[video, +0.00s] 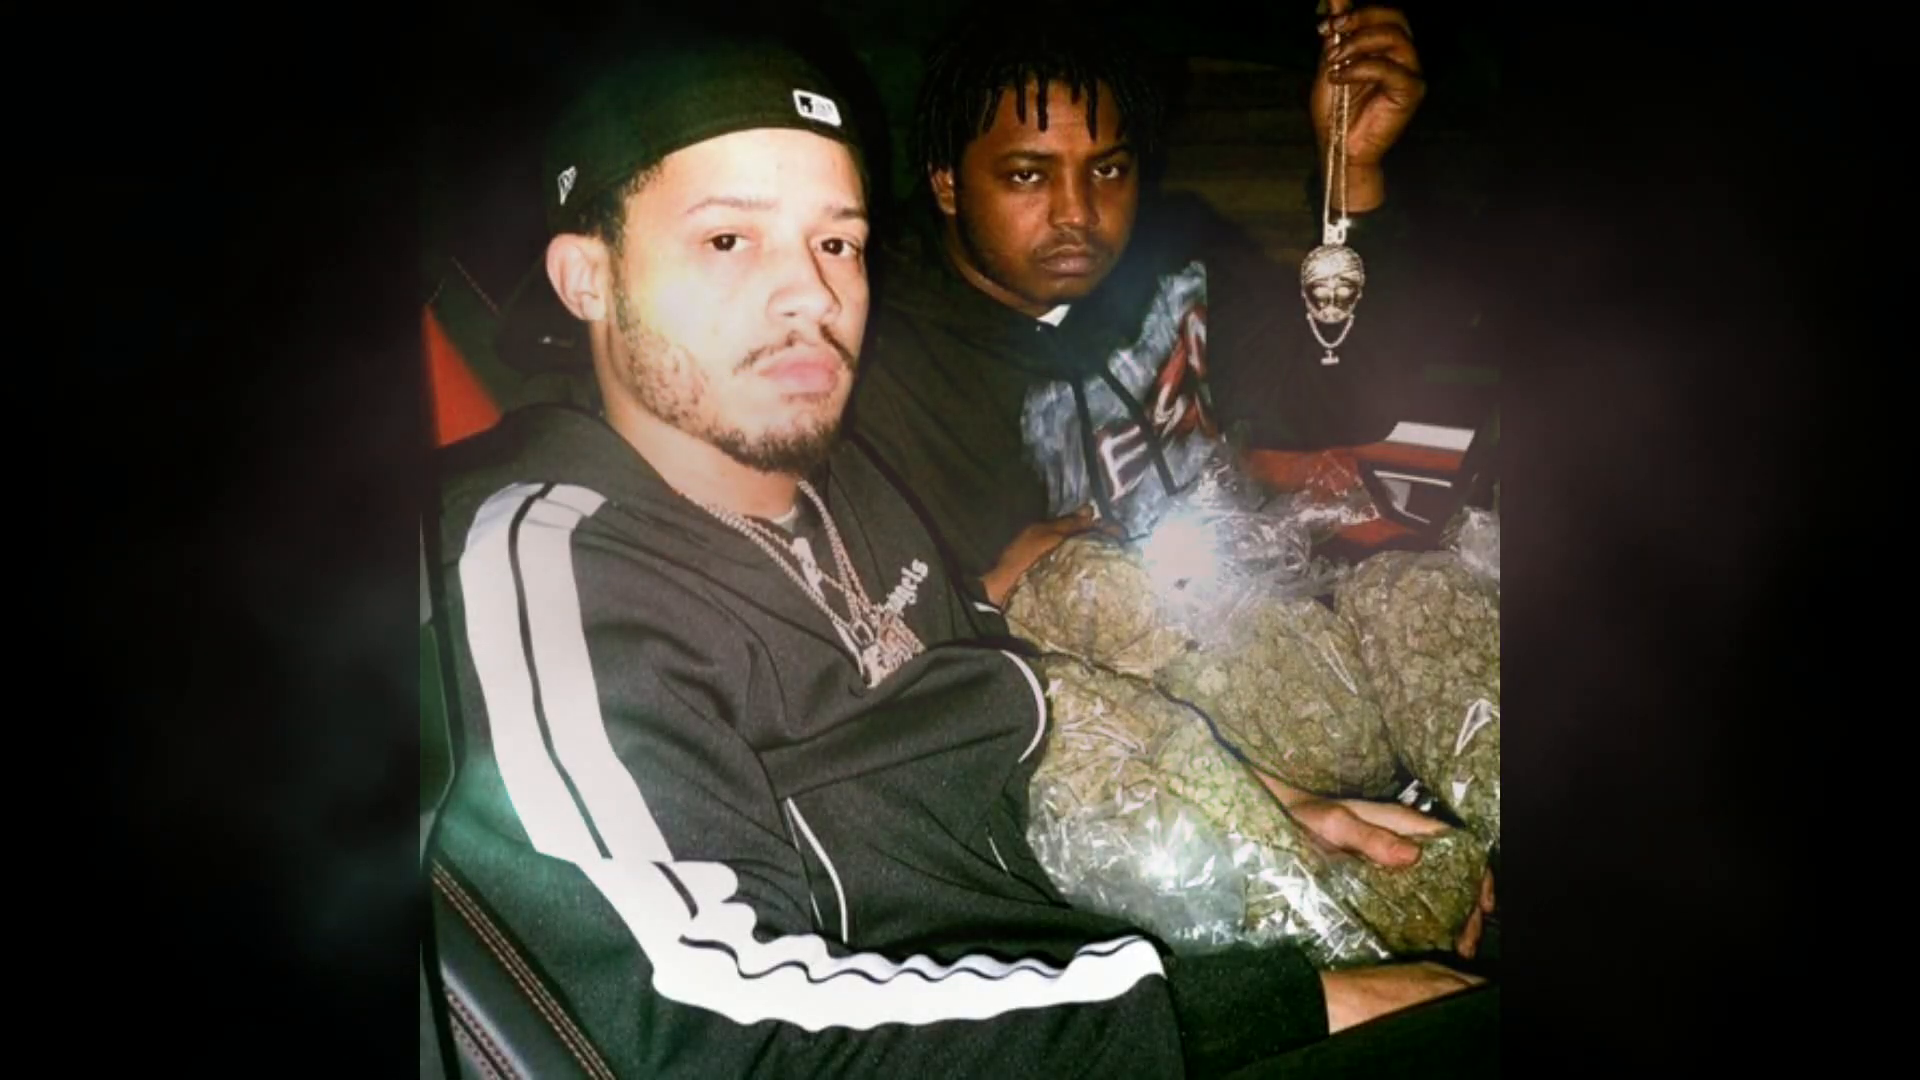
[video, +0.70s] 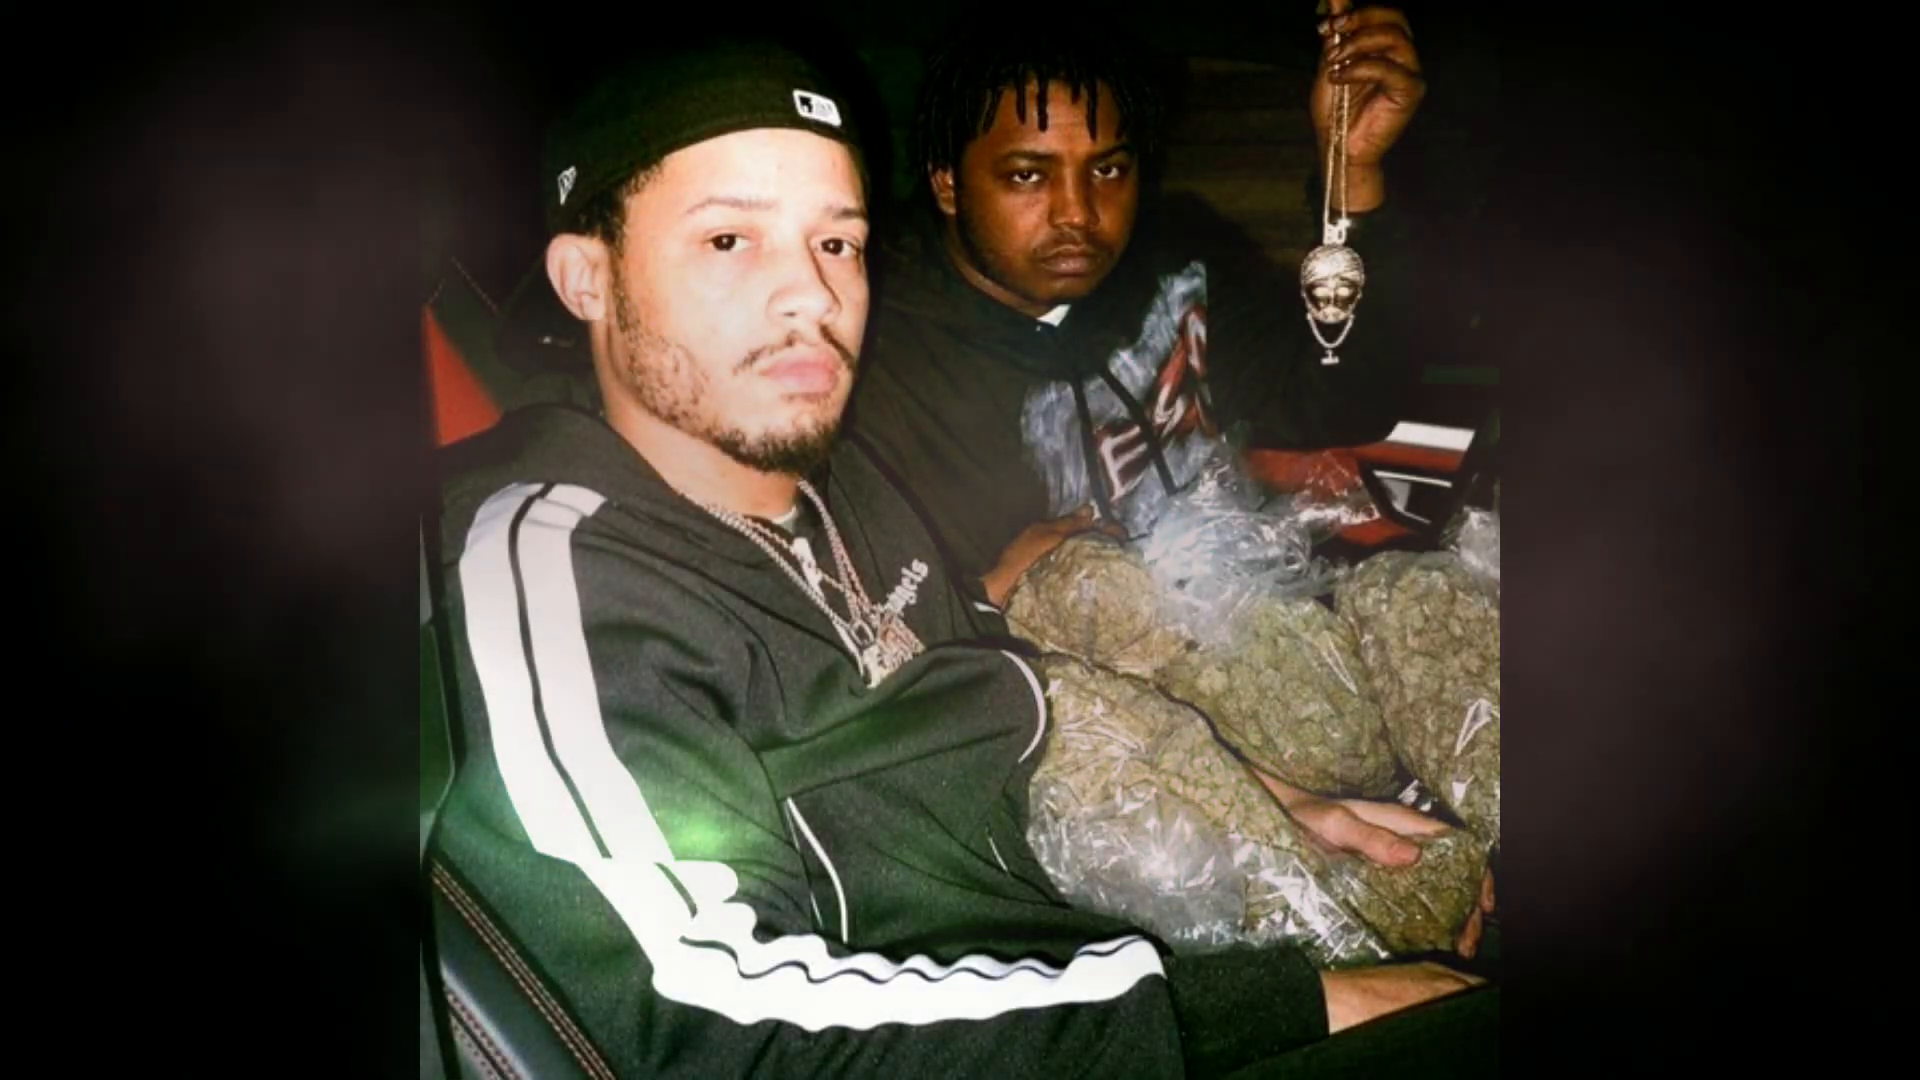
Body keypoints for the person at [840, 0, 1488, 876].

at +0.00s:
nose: (1076, 218)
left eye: (1107, 172)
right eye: (1026, 176)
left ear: (1138, 170)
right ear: (946, 186)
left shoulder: (1183, 249)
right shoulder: (896, 353)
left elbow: (1341, 420)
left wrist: (1353, 175)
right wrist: (990, 583)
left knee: (1448, 607)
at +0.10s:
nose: (1075, 218)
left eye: (1106, 172)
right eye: (1026, 176)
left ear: (1138, 171)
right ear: (946, 186)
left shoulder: (1183, 249)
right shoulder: (899, 353)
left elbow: (1336, 418)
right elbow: (1020, 570)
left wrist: (1351, 176)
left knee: (1434, 595)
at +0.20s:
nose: (1076, 218)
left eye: (1106, 172)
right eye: (1026, 176)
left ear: (1138, 169)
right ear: (946, 186)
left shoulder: (1184, 249)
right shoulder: (899, 353)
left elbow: (1339, 425)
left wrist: (1352, 175)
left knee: (1441, 599)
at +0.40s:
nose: (1076, 218)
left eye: (1106, 171)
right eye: (1026, 176)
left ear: (1138, 171)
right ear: (947, 187)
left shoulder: (1183, 252)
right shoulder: (891, 354)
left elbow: (1338, 419)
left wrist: (1353, 174)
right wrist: (996, 581)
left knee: (1439, 595)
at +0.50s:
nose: (1075, 217)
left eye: (1106, 172)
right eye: (1026, 176)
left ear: (1138, 171)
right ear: (947, 187)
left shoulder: (1183, 255)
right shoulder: (886, 358)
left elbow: (1342, 419)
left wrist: (1353, 176)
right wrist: (994, 587)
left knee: (1442, 600)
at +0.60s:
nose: (1075, 218)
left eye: (1106, 171)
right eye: (1026, 176)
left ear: (1138, 171)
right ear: (947, 187)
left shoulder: (1180, 253)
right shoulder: (885, 353)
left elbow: (1339, 422)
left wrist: (1352, 175)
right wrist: (992, 583)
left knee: (1426, 594)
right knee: (1082, 574)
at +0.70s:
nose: (1075, 217)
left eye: (1106, 172)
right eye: (1026, 177)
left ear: (1138, 172)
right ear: (946, 188)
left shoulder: (1180, 251)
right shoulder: (891, 359)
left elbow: (1345, 413)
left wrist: (1353, 177)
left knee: (1427, 595)